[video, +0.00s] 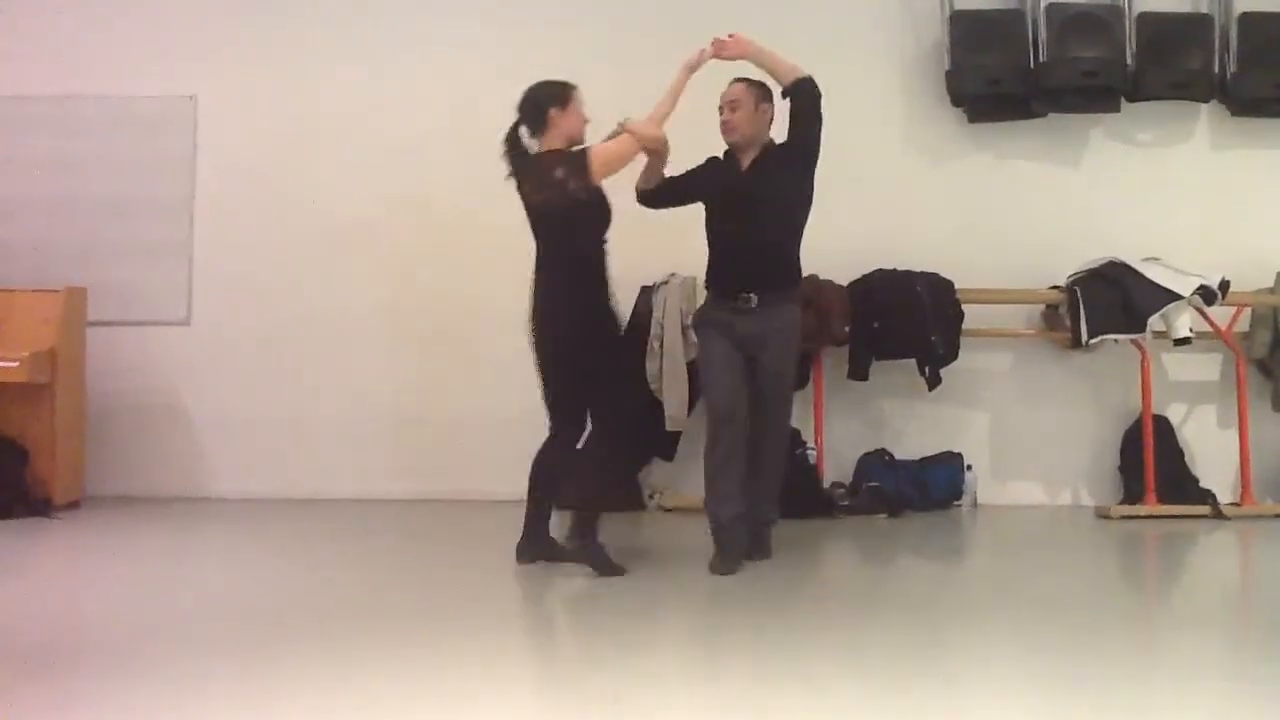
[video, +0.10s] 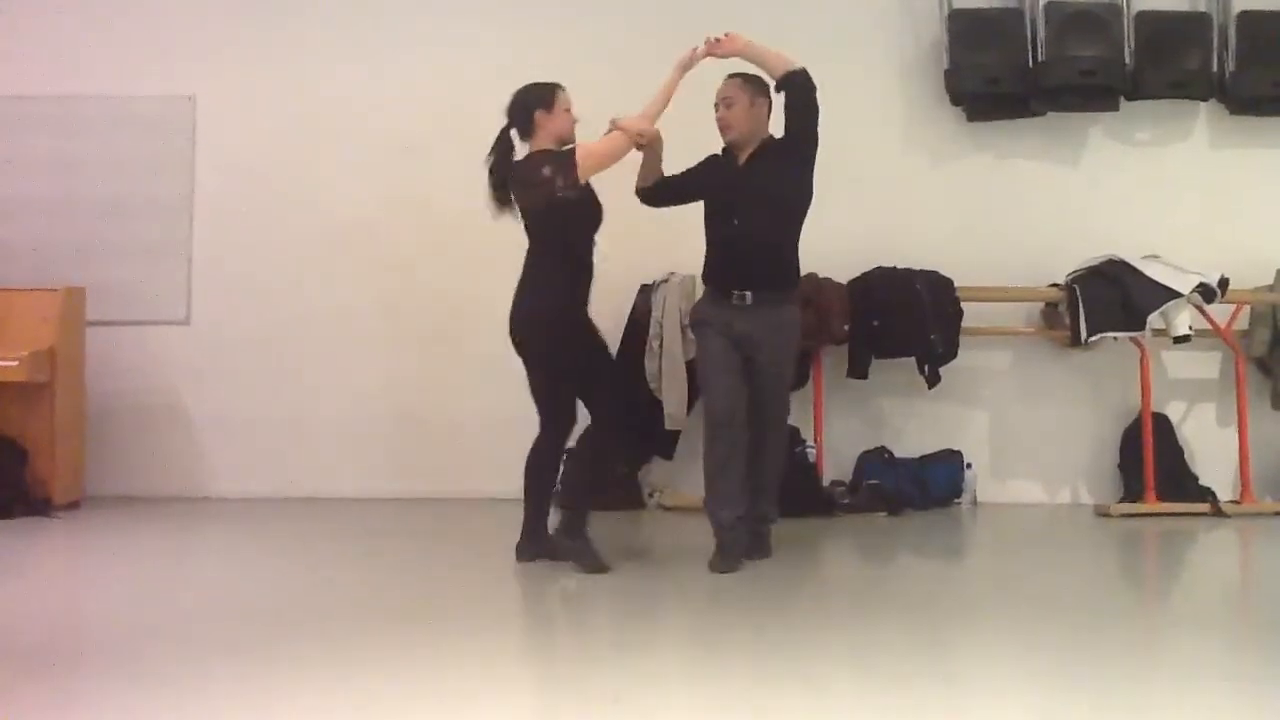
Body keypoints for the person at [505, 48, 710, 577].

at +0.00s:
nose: (587, 117)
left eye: (582, 108)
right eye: (579, 108)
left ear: (547, 117)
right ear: (555, 116)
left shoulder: (533, 169)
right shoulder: (569, 167)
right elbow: (648, 133)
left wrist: (630, 136)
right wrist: (685, 73)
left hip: (553, 308)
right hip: (582, 311)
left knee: (565, 425)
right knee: (620, 418)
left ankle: (534, 535)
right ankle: (584, 535)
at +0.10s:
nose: (575, 118)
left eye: (571, 109)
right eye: (567, 110)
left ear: (537, 119)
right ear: (542, 118)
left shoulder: (526, 170)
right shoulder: (559, 164)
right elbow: (643, 127)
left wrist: (622, 132)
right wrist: (680, 71)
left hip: (532, 316)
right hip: (559, 318)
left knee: (555, 422)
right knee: (615, 411)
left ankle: (533, 536)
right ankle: (571, 526)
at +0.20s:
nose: (571, 121)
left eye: (567, 113)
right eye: (562, 113)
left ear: (535, 122)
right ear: (537, 122)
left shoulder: (527, 172)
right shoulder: (551, 169)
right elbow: (638, 132)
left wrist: (618, 137)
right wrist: (678, 74)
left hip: (533, 318)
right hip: (547, 323)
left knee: (547, 425)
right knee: (604, 414)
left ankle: (537, 533)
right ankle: (546, 529)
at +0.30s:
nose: (567, 122)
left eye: (563, 115)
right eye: (558, 116)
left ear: (532, 127)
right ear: (533, 127)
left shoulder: (524, 175)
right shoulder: (550, 173)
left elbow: (596, 163)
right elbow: (633, 148)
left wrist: (618, 147)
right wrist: (672, 82)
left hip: (527, 320)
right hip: (544, 325)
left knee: (542, 428)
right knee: (597, 417)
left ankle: (532, 533)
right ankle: (525, 514)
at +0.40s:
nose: (558, 124)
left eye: (555, 115)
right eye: (550, 116)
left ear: (522, 126)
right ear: (524, 123)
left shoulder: (514, 174)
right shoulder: (541, 176)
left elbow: (587, 186)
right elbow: (619, 179)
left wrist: (616, 177)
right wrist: (659, 120)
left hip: (521, 315)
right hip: (536, 321)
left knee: (547, 427)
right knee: (565, 428)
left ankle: (534, 537)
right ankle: (484, 505)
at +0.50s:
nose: (554, 125)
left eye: (551, 117)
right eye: (545, 118)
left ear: (515, 128)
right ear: (517, 127)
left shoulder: (507, 179)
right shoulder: (542, 184)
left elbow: (571, 216)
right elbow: (595, 218)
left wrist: (616, 220)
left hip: (512, 320)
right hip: (534, 325)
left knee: (544, 429)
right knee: (547, 431)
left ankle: (537, 538)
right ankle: (472, 515)